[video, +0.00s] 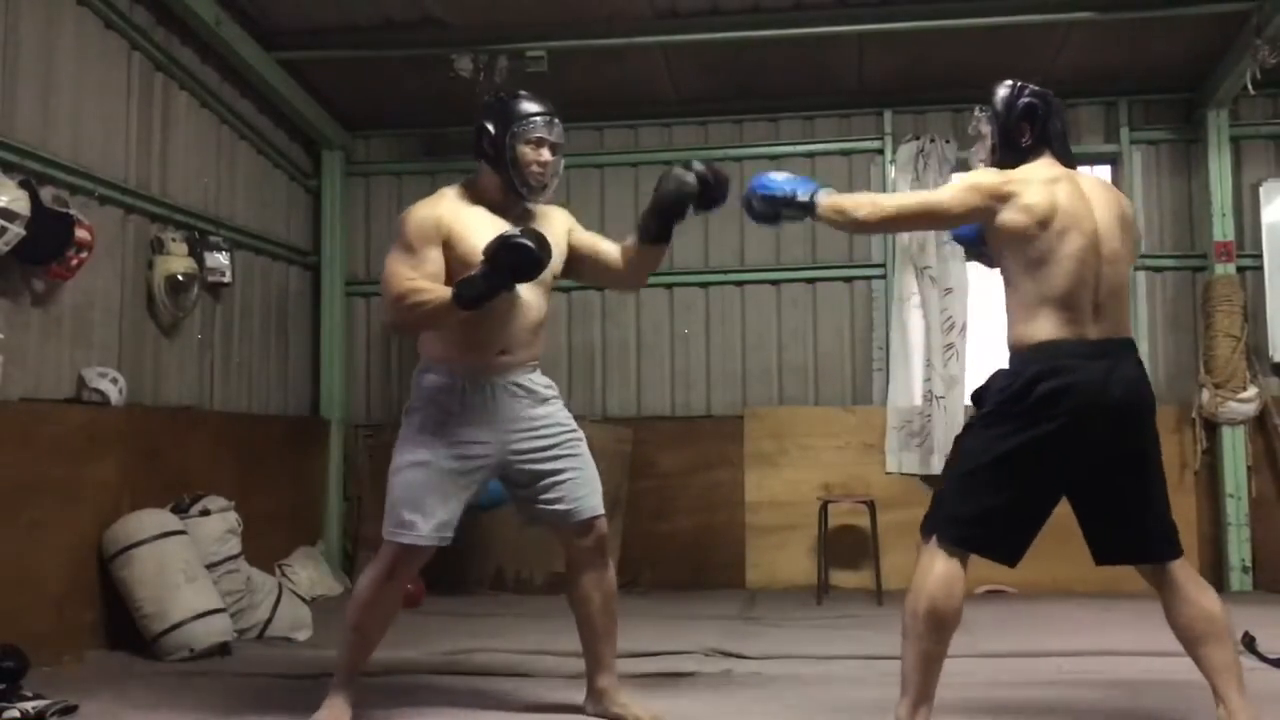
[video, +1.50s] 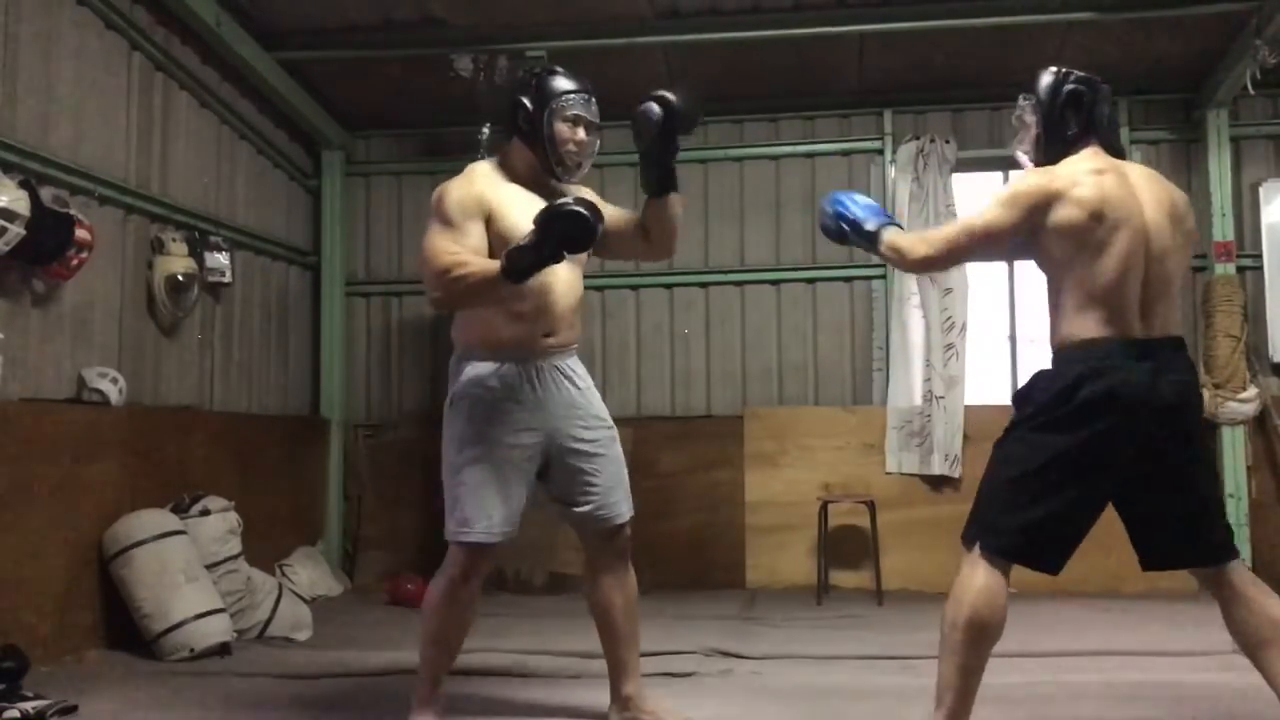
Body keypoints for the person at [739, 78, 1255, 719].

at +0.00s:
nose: (979, 143)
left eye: (983, 131)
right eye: (981, 131)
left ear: (1010, 134)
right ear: (1051, 134)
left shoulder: (1000, 185)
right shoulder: (1114, 198)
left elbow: (871, 212)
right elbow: (1071, 262)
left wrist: (803, 196)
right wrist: (988, 249)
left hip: (1039, 387)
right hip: (1123, 387)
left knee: (947, 544)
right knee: (1168, 562)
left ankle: (914, 707)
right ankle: (1237, 706)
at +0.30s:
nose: (998, 140)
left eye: (1004, 122)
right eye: (998, 123)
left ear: (1034, 122)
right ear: (1075, 122)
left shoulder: (1050, 173)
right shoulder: (1132, 194)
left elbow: (1040, 274)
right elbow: (1127, 308)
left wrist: (956, 280)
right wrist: (1015, 256)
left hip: (1053, 383)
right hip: (1130, 384)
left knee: (964, 538)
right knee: (1163, 560)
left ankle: (946, 710)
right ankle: (1235, 708)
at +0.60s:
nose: (963, 135)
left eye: (967, 123)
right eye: (963, 122)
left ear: (997, 122)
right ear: (1034, 119)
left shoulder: (1010, 170)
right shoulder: (1096, 175)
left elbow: (947, 256)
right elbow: (1043, 243)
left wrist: (888, 224)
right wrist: (978, 198)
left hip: (1040, 371)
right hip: (1119, 368)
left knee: (971, 552)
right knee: (1167, 555)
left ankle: (949, 713)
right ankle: (1238, 709)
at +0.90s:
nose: (988, 142)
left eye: (993, 127)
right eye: (987, 127)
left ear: (1023, 124)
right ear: (1058, 121)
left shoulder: (1034, 173)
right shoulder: (1121, 184)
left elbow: (990, 279)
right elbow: (1095, 267)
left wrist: (930, 249)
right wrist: (1011, 230)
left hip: (1046, 382)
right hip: (1128, 381)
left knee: (956, 542)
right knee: (1171, 560)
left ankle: (945, 713)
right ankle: (1245, 711)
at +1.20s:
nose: (978, 135)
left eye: (981, 120)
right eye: (976, 122)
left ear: (1015, 115)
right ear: (1052, 114)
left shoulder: (1012, 169)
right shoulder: (1117, 178)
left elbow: (913, 228)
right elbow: (1094, 259)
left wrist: (870, 181)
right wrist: (1002, 249)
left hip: (1047, 375)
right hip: (1133, 372)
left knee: (965, 551)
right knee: (1186, 554)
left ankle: (947, 714)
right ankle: (1255, 709)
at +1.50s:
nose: (1019, 143)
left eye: (1023, 128)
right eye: (1019, 128)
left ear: (1051, 127)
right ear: (1097, 125)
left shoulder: (1046, 188)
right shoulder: (1172, 197)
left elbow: (927, 253)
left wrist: (873, 232)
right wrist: (1038, 187)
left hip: (1081, 391)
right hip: (1173, 391)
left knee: (987, 556)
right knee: (1226, 569)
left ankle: (949, 712)